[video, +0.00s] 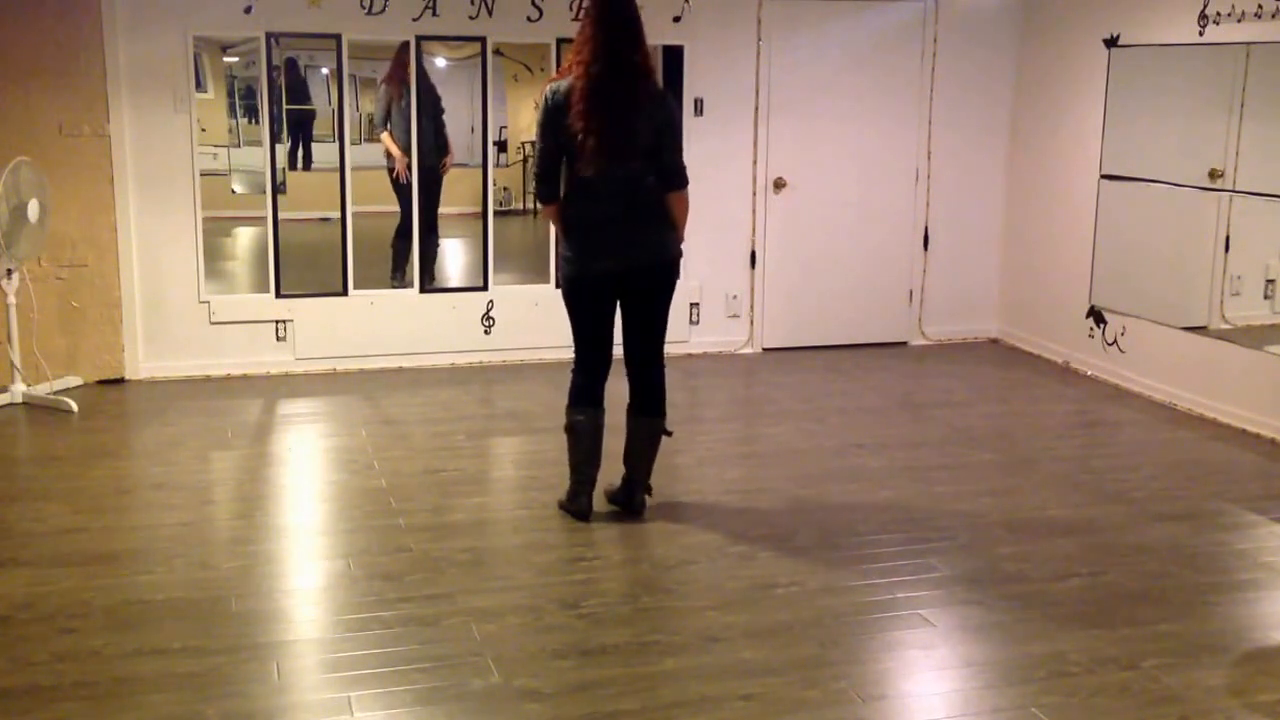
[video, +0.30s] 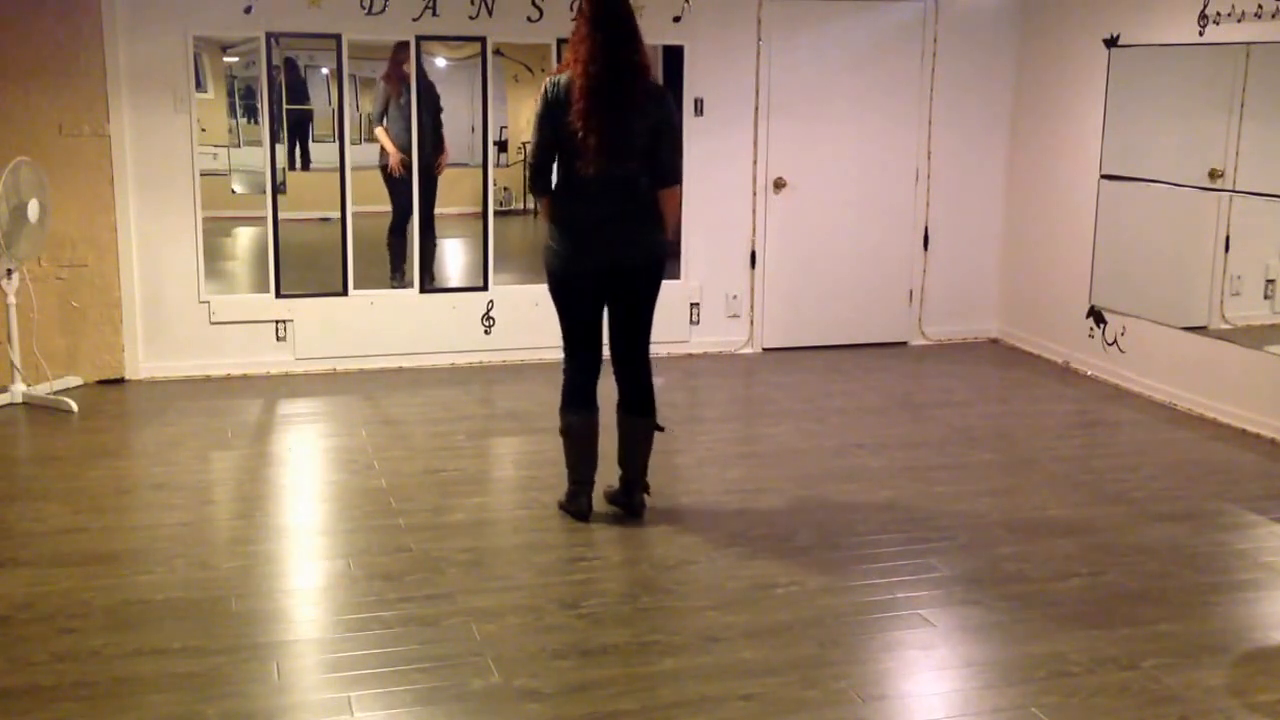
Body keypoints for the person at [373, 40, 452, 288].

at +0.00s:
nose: (416, 63)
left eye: (418, 58)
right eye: (412, 58)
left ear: (422, 60)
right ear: (403, 59)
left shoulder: (427, 86)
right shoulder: (390, 86)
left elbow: (438, 121)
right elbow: (380, 127)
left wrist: (447, 151)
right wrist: (397, 155)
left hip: (431, 163)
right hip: (403, 163)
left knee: (430, 219)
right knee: (409, 216)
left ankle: (427, 275)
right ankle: (398, 272)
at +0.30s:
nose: (410, 66)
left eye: (414, 60)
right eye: (406, 61)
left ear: (419, 61)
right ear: (398, 61)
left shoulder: (427, 86)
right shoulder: (388, 84)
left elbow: (436, 123)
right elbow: (376, 123)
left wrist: (443, 151)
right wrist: (392, 151)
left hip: (426, 161)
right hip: (397, 161)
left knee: (427, 216)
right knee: (402, 213)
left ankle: (427, 273)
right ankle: (397, 271)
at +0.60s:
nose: (405, 64)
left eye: (409, 59)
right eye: (400, 59)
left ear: (417, 60)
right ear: (394, 62)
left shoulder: (430, 87)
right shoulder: (386, 85)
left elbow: (440, 124)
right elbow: (371, 120)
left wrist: (438, 153)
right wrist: (381, 146)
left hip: (421, 163)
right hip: (391, 162)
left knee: (423, 218)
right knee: (392, 216)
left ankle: (426, 273)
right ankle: (396, 271)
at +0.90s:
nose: (401, 62)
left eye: (405, 58)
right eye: (397, 58)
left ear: (414, 60)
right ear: (391, 61)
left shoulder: (429, 86)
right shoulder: (384, 87)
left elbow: (443, 125)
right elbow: (375, 119)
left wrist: (431, 151)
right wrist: (374, 132)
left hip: (418, 162)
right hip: (388, 161)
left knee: (416, 218)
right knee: (390, 218)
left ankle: (425, 272)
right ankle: (395, 271)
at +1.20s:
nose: (401, 62)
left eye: (406, 58)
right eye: (398, 58)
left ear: (414, 60)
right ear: (391, 61)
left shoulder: (429, 86)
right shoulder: (384, 86)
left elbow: (446, 121)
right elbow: (377, 122)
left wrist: (432, 139)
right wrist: (375, 123)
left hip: (418, 162)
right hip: (388, 161)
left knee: (415, 217)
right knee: (391, 216)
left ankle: (425, 273)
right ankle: (395, 272)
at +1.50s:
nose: (402, 62)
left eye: (407, 57)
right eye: (398, 57)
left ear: (415, 60)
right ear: (391, 61)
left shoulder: (428, 85)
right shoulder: (386, 87)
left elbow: (447, 121)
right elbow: (372, 128)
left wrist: (429, 138)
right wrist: (378, 119)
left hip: (419, 161)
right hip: (389, 160)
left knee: (416, 217)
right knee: (392, 214)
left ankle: (424, 274)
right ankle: (395, 273)